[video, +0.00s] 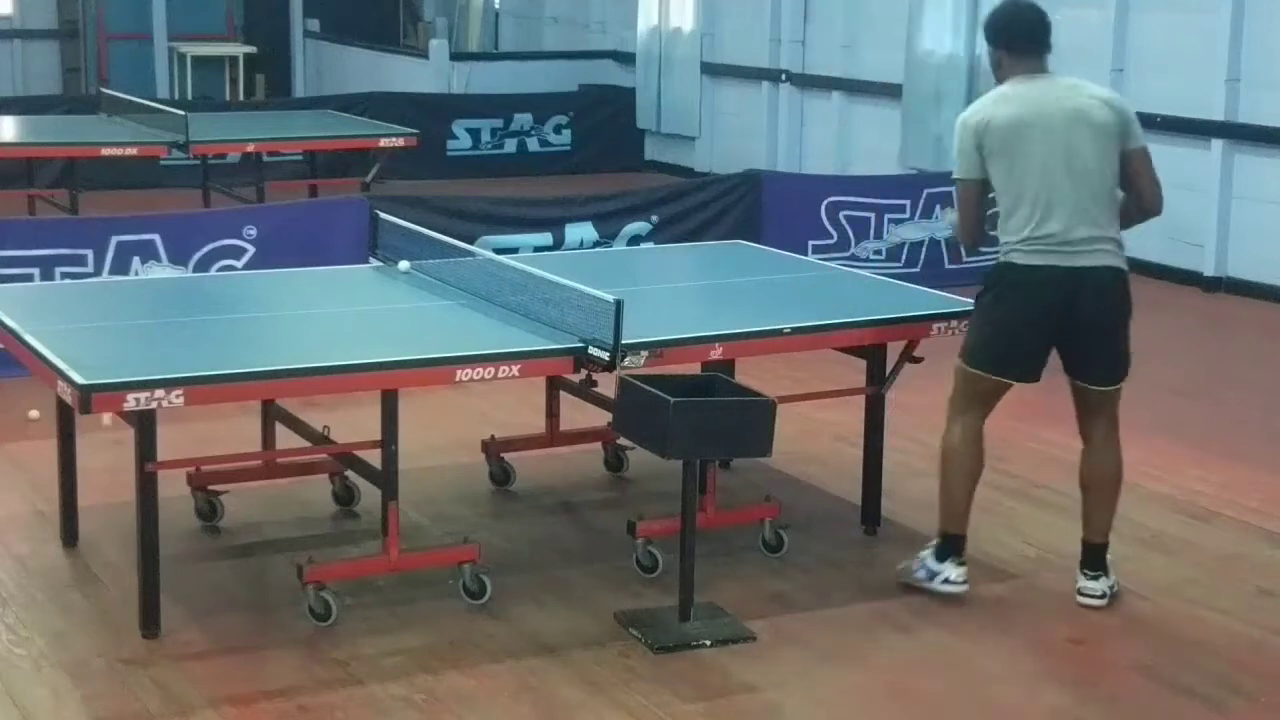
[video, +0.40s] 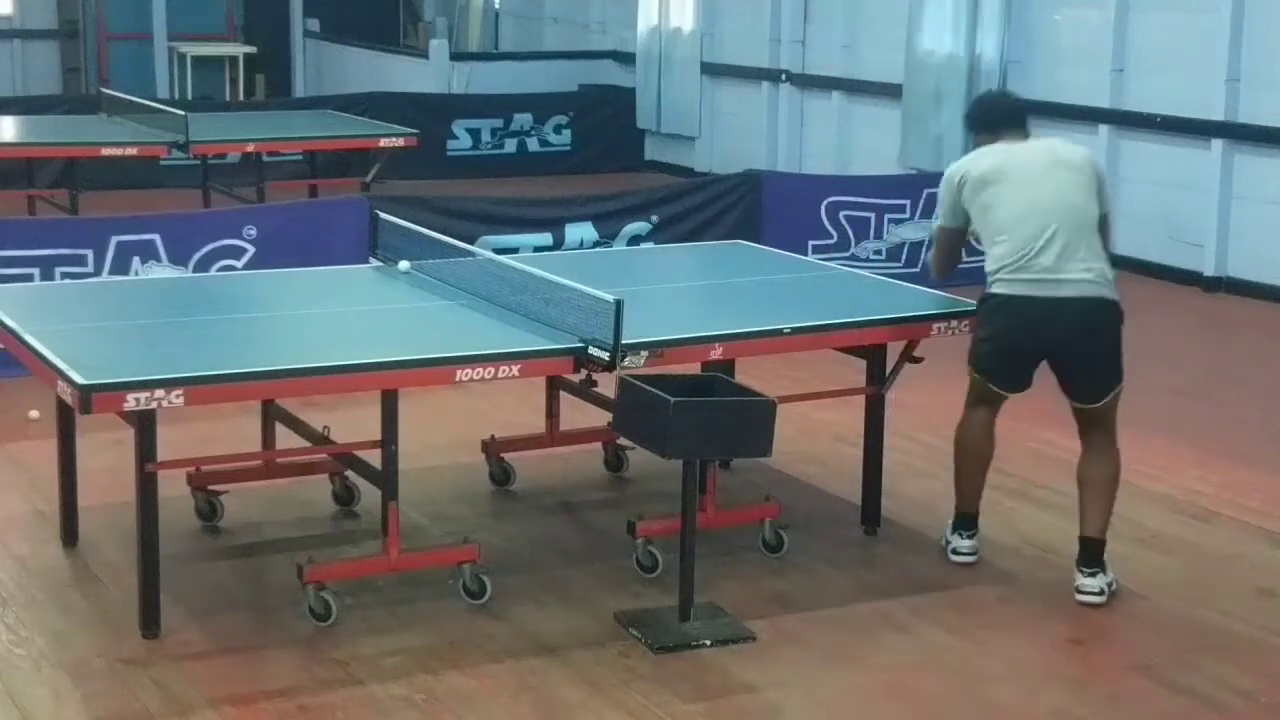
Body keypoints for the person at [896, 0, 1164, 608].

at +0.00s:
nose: (993, 61)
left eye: (991, 52)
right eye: (997, 51)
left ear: (995, 52)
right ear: (1049, 47)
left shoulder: (979, 118)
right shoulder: (1107, 104)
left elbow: (970, 234)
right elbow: (1148, 202)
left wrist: (995, 208)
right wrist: (1091, 221)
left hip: (1021, 290)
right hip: (1101, 292)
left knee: (966, 415)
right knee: (1100, 424)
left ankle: (948, 558)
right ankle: (1095, 571)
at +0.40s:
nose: (972, 146)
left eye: (971, 139)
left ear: (976, 135)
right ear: (1027, 126)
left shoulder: (964, 171)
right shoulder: (1081, 159)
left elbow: (940, 269)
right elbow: (1102, 242)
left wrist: (956, 234)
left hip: (1013, 311)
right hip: (1090, 313)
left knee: (981, 408)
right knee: (1098, 432)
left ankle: (964, 531)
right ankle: (1091, 567)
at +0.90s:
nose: (973, 135)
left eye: (974, 127)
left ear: (976, 126)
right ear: (1028, 123)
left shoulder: (956, 158)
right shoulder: (1072, 159)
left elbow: (913, 219)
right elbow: (1088, 253)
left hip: (986, 298)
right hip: (1063, 301)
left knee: (973, 401)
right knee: (1110, 428)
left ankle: (964, 531)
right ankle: (1139, 571)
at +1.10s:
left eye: (1020, 100)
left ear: (1021, 104)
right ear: (1075, 111)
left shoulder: (990, 140)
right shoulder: (1103, 157)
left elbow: (913, 163)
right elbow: (1121, 260)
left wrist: (923, 134)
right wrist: (1071, 245)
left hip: (996, 293)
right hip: (1074, 300)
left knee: (979, 399)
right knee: (1119, 431)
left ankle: (964, 531)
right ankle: (1141, 578)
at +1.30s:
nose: (1059, 95)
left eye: (1062, 87)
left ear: (1065, 94)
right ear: (1119, 103)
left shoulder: (1025, 132)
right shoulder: (1139, 145)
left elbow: (931, 184)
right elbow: (1168, 224)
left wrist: (868, 192)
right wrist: (1127, 250)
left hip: (1019, 286)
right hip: (1095, 296)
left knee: (991, 396)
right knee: (1132, 428)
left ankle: (965, 529)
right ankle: (1142, 577)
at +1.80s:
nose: (993, 135)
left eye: (998, 124)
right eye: (996, 124)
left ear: (1018, 129)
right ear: (1052, 135)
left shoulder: (1021, 168)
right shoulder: (1086, 174)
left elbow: (988, 227)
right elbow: (1101, 252)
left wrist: (887, 243)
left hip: (1076, 324)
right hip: (1141, 327)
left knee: (989, 409)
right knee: (1122, 450)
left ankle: (1031, 544)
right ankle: (1151, 542)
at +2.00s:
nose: (982, 78)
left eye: (993, 69)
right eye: (985, 68)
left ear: (1026, 79)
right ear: (1015, 80)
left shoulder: (1055, 126)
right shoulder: (1025, 134)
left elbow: (1088, 202)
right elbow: (1055, 207)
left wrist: (1016, 201)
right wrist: (996, 203)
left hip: (1099, 277)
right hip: (1083, 276)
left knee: (1015, 397)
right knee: (1044, 398)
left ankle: (1032, 542)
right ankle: (1144, 470)